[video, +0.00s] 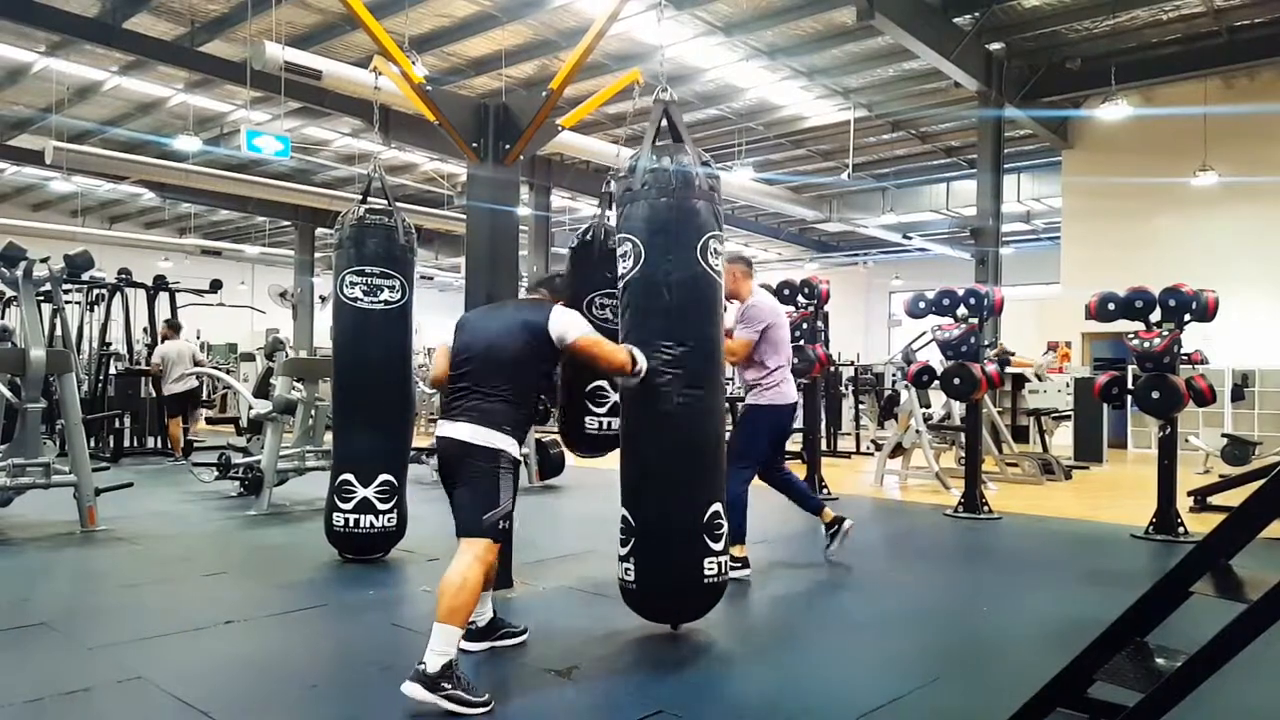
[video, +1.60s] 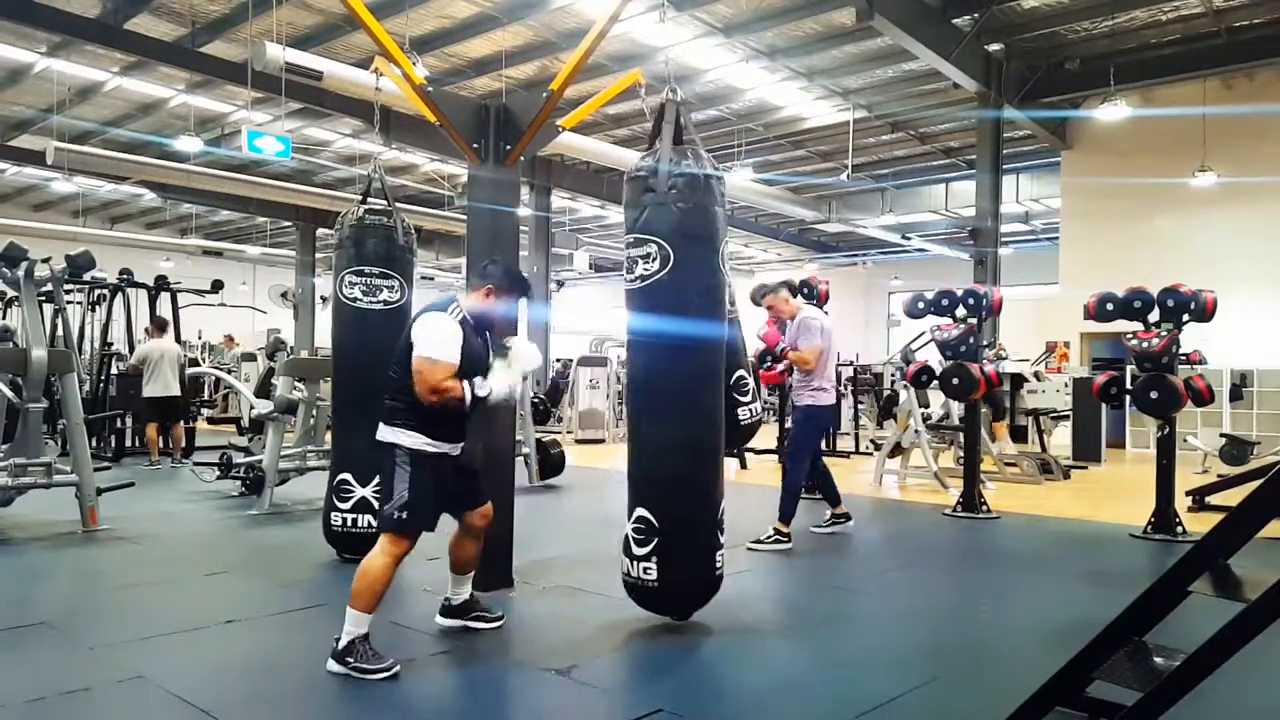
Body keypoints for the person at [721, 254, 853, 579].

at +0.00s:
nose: (721, 284)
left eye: (723, 277)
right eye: (721, 277)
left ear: (737, 276)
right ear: (744, 275)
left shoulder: (755, 306)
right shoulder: (765, 303)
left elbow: (737, 353)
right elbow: (738, 345)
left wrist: (710, 337)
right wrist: (722, 335)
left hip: (764, 402)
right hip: (782, 401)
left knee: (735, 475)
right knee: (771, 469)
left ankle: (736, 553)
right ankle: (830, 520)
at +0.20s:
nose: (749, 294)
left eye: (751, 287)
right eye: (749, 288)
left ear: (769, 284)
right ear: (772, 285)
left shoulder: (783, 315)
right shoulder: (790, 315)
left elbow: (763, 357)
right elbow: (764, 357)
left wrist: (741, 334)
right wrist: (745, 335)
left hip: (782, 407)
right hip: (791, 406)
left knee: (756, 470)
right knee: (761, 469)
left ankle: (740, 547)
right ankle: (802, 530)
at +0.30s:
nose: (761, 285)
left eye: (765, 279)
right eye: (761, 280)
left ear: (784, 278)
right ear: (782, 278)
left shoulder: (802, 309)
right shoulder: (785, 312)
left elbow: (789, 352)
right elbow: (780, 353)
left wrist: (759, 329)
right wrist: (757, 329)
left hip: (801, 401)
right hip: (793, 400)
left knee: (772, 465)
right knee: (780, 468)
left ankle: (768, 543)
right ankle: (807, 536)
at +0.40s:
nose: (774, 274)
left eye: (777, 267)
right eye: (774, 269)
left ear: (796, 266)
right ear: (793, 267)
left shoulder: (814, 296)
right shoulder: (799, 300)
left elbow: (812, 339)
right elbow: (797, 338)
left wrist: (777, 322)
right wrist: (773, 318)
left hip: (819, 388)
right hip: (806, 387)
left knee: (798, 454)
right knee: (796, 454)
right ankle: (806, 523)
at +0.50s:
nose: (787, 278)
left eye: (790, 272)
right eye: (786, 273)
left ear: (809, 271)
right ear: (805, 273)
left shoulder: (826, 298)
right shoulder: (808, 303)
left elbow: (825, 341)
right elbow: (811, 344)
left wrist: (791, 327)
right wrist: (786, 331)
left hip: (834, 391)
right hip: (818, 389)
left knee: (819, 454)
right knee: (800, 449)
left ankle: (865, 514)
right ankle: (821, 517)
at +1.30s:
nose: (792, 310)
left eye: (792, 303)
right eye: (788, 306)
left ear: (807, 294)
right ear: (800, 300)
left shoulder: (829, 314)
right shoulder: (814, 320)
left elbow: (835, 354)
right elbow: (815, 356)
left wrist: (801, 339)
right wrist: (788, 339)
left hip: (833, 394)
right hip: (827, 394)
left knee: (810, 452)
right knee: (832, 455)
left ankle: (818, 525)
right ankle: (844, 517)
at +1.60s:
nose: (772, 314)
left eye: (772, 307)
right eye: (769, 310)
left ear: (786, 298)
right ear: (782, 302)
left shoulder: (810, 319)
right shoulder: (797, 322)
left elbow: (809, 361)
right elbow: (798, 358)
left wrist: (783, 350)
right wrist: (781, 361)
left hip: (814, 404)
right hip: (808, 403)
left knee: (795, 462)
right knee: (811, 458)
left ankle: (782, 529)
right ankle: (839, 510)